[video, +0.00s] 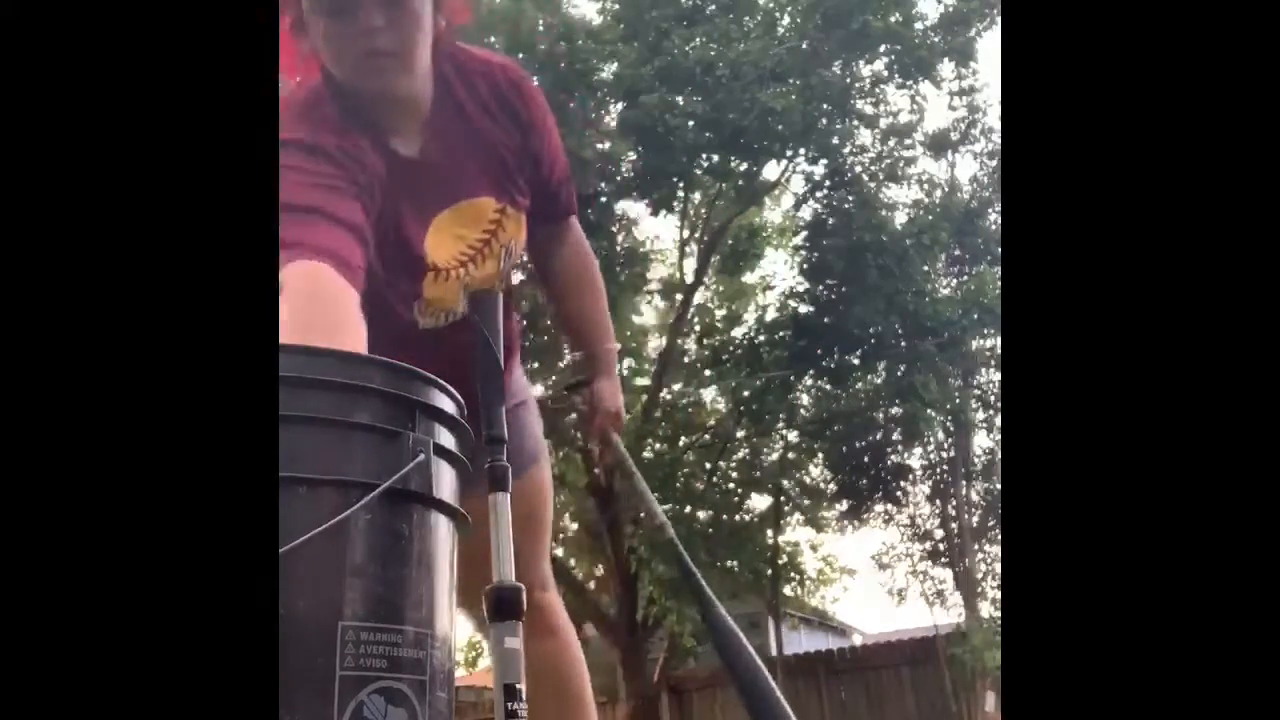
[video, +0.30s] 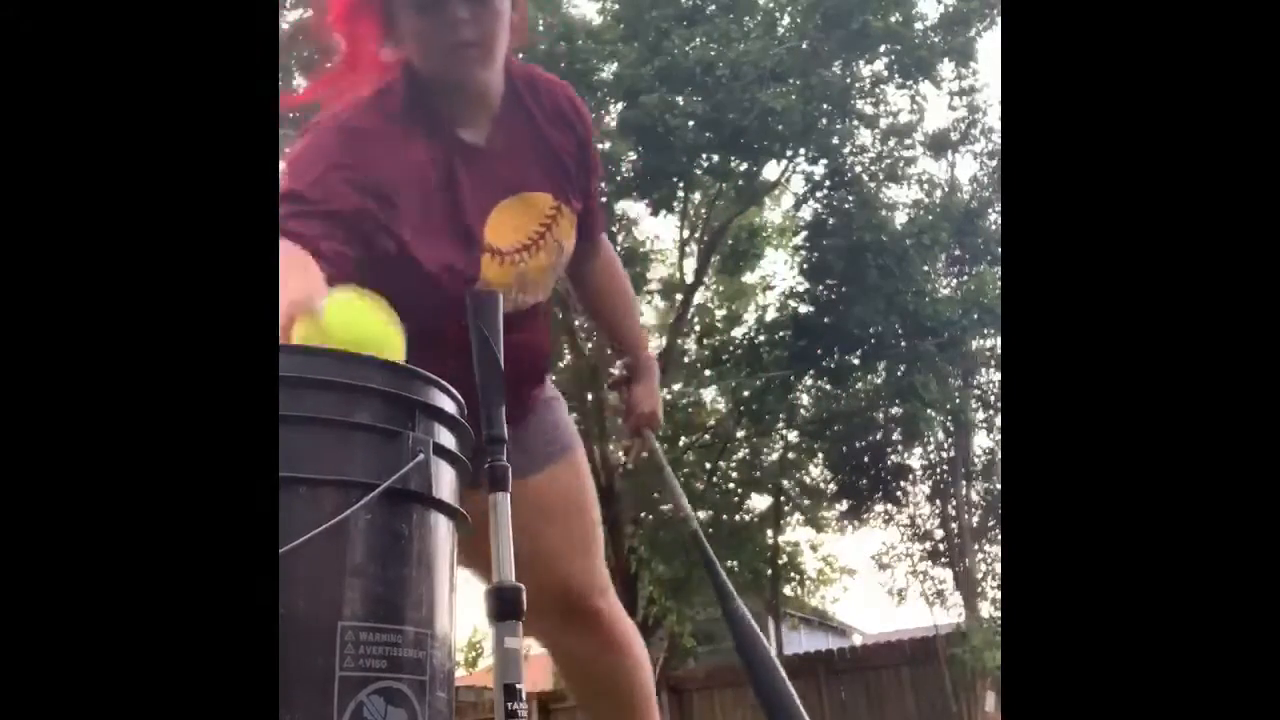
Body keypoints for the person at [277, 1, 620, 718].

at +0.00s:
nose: (375, 20)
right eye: (344, 4)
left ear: (435, 9)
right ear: (306, 23)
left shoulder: (503, 92)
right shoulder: (306, 128)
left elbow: (559, 234)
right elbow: (312, 280)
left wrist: (604, 367)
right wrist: (323, 455)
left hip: (488, 381)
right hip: (369, 390)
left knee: (528, 599)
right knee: (351, 604)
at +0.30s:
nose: (465, 18)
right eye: (433, 3)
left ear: (513, 13)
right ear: (392, 28)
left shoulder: (555, 113)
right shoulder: (349, 143)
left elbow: (588, 248)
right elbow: (300, 244)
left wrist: (640, 358)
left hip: (518, 403)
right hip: (387, 412)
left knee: (589, 614)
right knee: (374, 634)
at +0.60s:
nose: (562, 33)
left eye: (583, 18)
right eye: (543, 18)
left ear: (611, 38)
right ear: (513, 32)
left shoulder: (656, 153)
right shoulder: (462, 135)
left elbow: (687, 279)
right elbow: (357, 237)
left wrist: (711, 384)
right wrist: (388, 210)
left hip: (616, 430)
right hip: (478, 426)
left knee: (647, 638)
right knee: (458, 616)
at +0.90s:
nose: (596, 51)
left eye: (613, 35)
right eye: (576, 38)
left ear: (641, 50)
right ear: (553, 55)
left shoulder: (690, 168)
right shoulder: (519, 141)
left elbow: (714, 285)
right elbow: (474, 183)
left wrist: (743, 373)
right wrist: (458, 206)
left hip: (638, 424)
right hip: (503, 413)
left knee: (642, 621)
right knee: (458, 602)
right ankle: (397, 709)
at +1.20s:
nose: (553, 75)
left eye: (569, 62)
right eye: (535, 64)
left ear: (597, 81)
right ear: (511, 84)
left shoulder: (645, 185)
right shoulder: (475, 164)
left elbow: (683, 293)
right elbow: (435, 232)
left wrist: (725, 365)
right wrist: (462, 217)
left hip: (608, 432)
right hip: (477, 434)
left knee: (624, 620)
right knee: (441, 645)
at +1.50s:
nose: (455, 97)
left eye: (471, 84)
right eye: (437, 88)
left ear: (497, 101)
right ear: (416, 111)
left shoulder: (555, 194)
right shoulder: (370, 215)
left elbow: (639, 272)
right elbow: (347, 325)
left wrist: (615, 356)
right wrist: (380, 412)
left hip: (556, 442)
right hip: (433, 451)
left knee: (591, 623)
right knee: (410, 642)